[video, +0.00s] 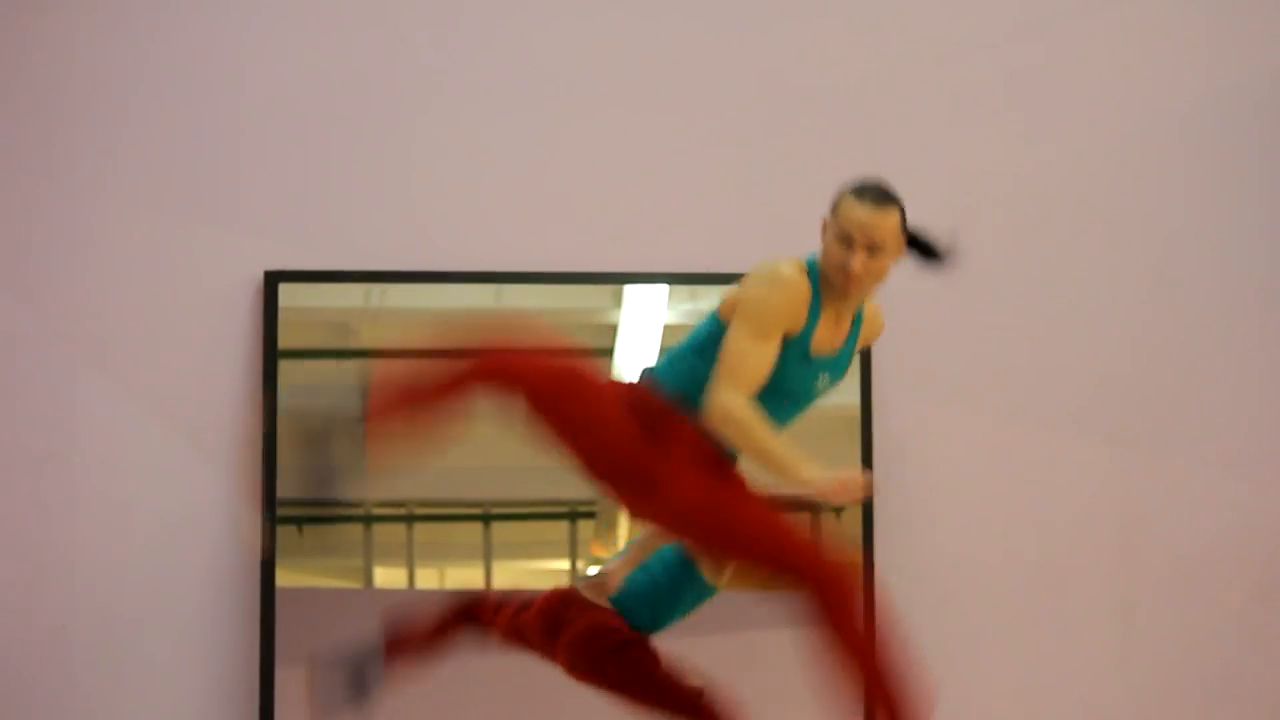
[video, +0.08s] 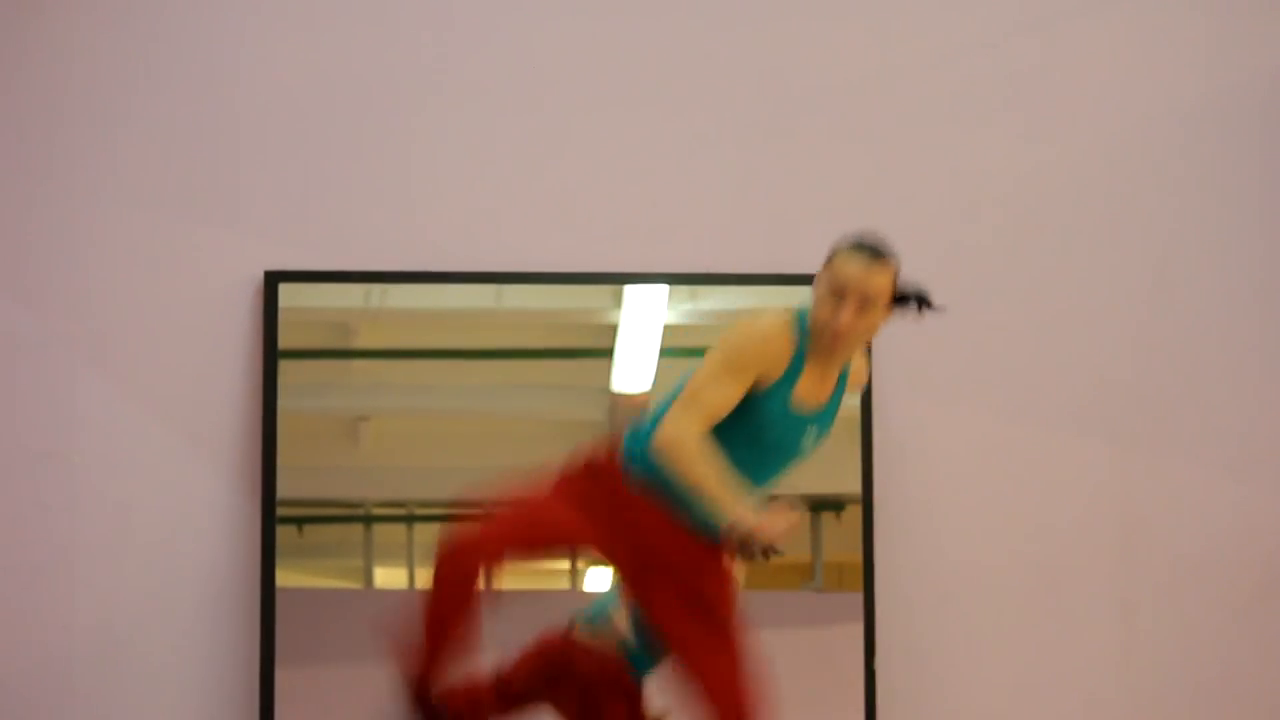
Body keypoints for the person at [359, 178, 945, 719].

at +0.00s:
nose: (854, 262)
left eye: (873, 252)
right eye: (845, 243)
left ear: (895, 261)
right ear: (825, 235)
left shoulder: (869, 321)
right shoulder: (780, 288)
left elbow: (780, 391)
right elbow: (725, 407)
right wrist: (814, 482)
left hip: (699, 476)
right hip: (638, 424)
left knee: (829, 564)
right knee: (511, 356)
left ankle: (886, 706)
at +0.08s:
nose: (843, 314)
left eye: (863, 305)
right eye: (836, 295)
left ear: (885, 316)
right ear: (816, 286)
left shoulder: (852, 374)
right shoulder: (765, 337)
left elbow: (761, 443)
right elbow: (675, 435)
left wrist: (739, 512)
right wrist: (749, 513)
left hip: (688, 543)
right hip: (617, 490)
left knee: (733, 702)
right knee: (466, 545)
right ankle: (432, 687)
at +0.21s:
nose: (758, 383)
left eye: (779, 372)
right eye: (753, 365)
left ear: (816, 381)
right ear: (743, 364)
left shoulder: (805, 483)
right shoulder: (675, 426)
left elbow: (800, 570)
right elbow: (593, 523)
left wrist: (831, 657)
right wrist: (594, 630)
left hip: (678, 655)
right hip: (586, 636)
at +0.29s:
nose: (702, 386)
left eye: (722, 373)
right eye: (695, 368)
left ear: (759, 380)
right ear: (684, 371)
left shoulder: (782, 487)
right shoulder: (624, 439)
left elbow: (795, 607)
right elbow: (561, 533)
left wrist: (852, 619)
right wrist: (547, 605)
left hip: (678, 684)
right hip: (578, 662)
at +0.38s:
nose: (668, 357)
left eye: (686, 343)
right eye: (661, 342)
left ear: (727, 345)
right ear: (652, 345)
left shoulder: (754, 445)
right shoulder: (616, 415)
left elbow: (781, 580)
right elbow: (574, 511)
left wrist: (769, 495)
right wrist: (555, 529)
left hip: (681, 670)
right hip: (587, 651)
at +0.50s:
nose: (636, 279)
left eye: (653, 263)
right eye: (626, 265)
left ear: (693, 270)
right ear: (617, 275)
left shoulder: (720, 355)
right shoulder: (619, 355)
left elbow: (731, 476)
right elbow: (574, 485)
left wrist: (657, 400)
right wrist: (589, 417)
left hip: (683, 582)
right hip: (613, 577)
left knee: (661, 710)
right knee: (564, 710)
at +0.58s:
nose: (628, 268)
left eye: (645, 251)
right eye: (618, 255)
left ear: (687, 258)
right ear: (610, 265)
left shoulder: (709, 346)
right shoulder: (624, 352)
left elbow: (720, 470)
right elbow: (575, 484)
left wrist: (625, 421)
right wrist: (593, 400)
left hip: (673, 572)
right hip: (610, 568)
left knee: (659, 709)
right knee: (584, 708)